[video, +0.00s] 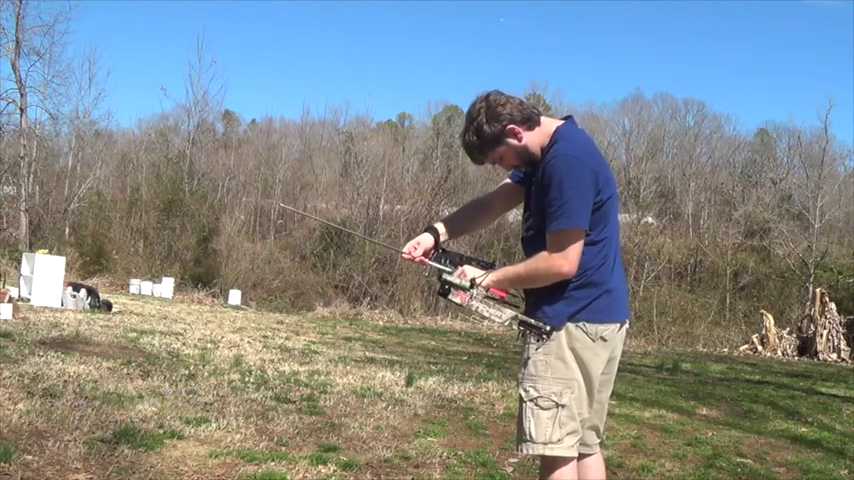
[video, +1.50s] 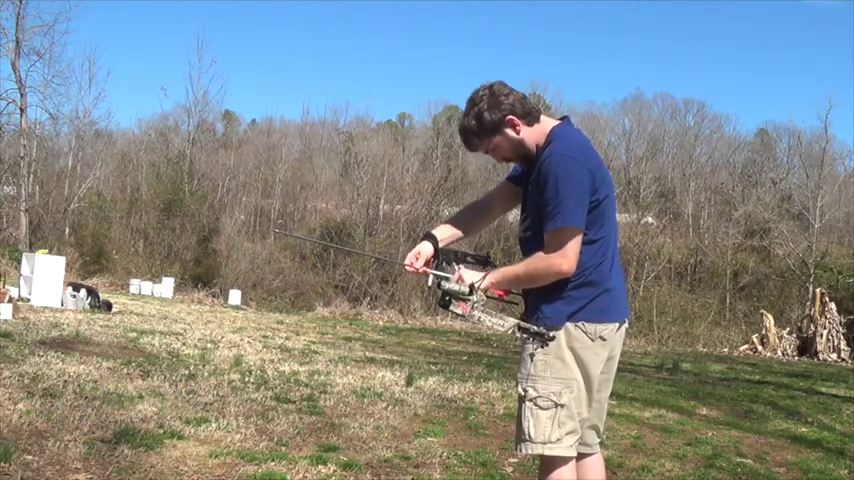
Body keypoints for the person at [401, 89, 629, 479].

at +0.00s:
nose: (502, 166)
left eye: (498, 159)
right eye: (495, 163)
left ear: (514, 132)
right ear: (515, 127)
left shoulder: (566, 159)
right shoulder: (556, 149)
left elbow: (563, 263)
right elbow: (495, 202)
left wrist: (490, 278)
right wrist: (437, 234)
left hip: (572, 319)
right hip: (591, 315)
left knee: (557, 449)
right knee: (585, 444)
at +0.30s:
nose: (501, 166)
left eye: (497, 158)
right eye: (494, 163)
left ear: (513, 132)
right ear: (516, 128)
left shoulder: (566, 160)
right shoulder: (555, 150)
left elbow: (563, 263)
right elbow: (494, 203)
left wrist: (490, 279)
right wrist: (437, 235)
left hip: (570, 319)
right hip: (590, 316)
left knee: (557, 449)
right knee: (585, 445)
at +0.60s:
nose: (500, 166)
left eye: (496, 159)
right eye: (493, 163)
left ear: (512, 132)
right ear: (514, 128)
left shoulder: (565, 159)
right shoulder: (554, 149)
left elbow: (562, 262)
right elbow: (495, 203)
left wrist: (489, 280)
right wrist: (436, 236)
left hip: (571, 319)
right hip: (590, 316)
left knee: (557, 449)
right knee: (585, 445)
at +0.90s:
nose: (499, 167)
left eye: (495, 159)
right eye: (493, 164)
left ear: (511, 133)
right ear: (514, 129)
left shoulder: (564, 159)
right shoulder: (552, 149)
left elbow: (562, 262)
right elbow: (494, 205)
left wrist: (489, 280)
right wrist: (436, 238)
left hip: (571, 319)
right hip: (589, 315)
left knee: (557, 449)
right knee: (584, 445)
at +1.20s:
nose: (499, 168)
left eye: (495, 160)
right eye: (492, 164)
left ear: (511, 133)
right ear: (513, 129)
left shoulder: (563, 159)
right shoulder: (551, 150)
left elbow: (562, 262)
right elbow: (493, 205)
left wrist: (489, 280)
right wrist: (436, 240)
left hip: (571, 319)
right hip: (589, 316)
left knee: (557, 449)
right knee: (584, 445)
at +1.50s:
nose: (496, 158)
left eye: (493, 148)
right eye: (489, 153)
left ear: (513, 123)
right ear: (516, 121)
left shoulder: (562, 157)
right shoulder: (549, 149)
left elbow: (562, 261)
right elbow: (492, 205)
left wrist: (488, 279)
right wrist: (433, 239)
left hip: (569, 319)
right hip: (590, 317)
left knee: (557, 450)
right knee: (585, 446)